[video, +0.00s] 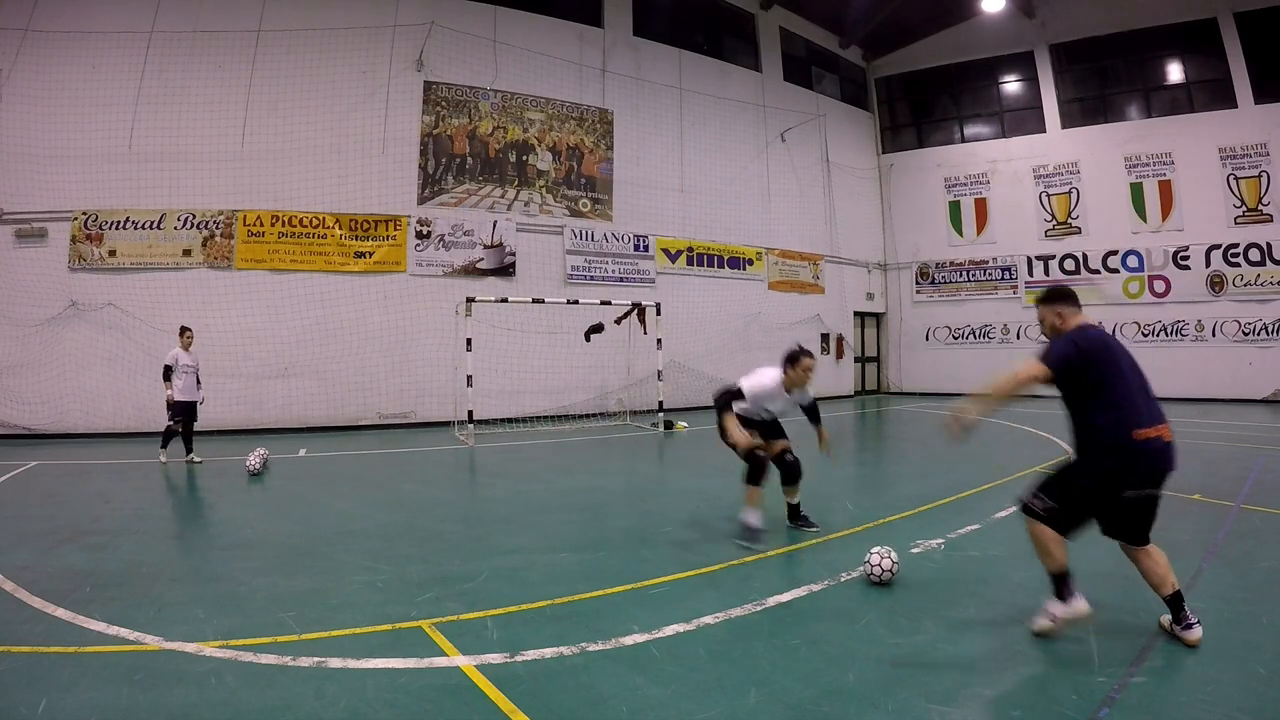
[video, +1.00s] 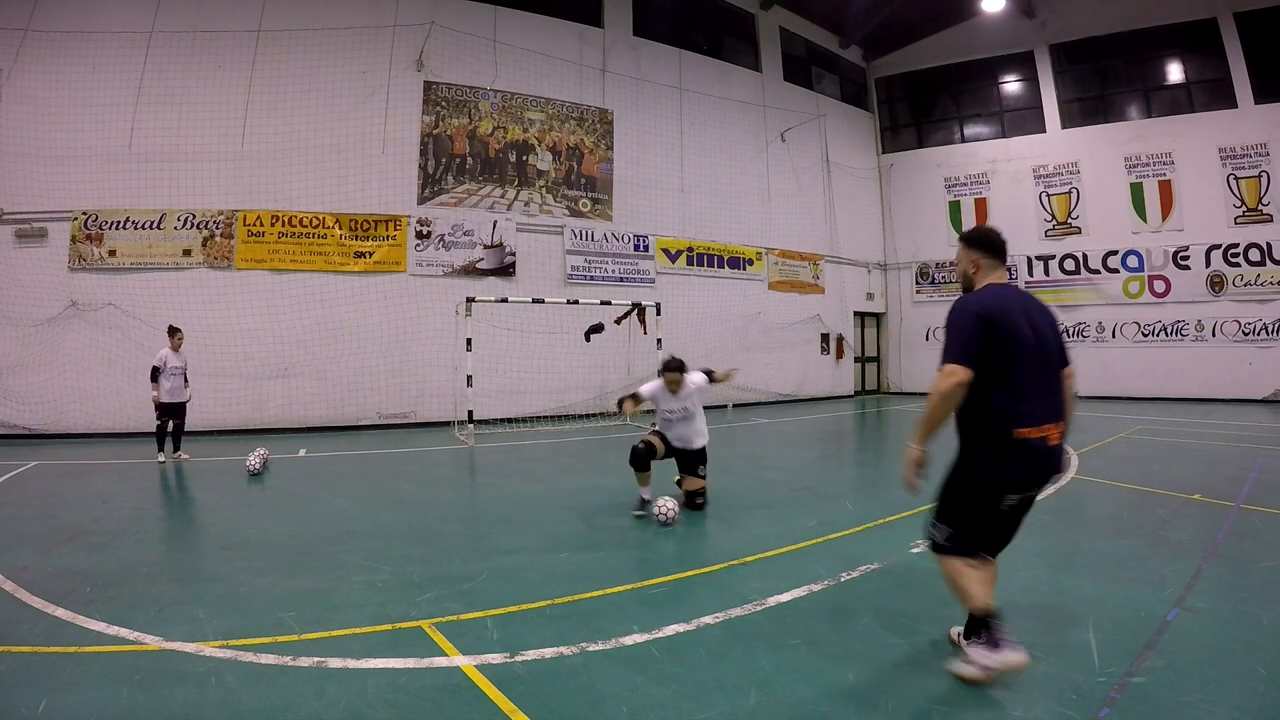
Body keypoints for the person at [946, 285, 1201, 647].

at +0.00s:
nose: (1042, 330)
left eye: (1043, 322)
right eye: (1040, 324)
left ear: (1057, 316)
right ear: (1076, 312)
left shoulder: (1070, 344)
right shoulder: (1105, 341)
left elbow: (1022, 378)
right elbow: (1122, 401)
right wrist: (1091, 450)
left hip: (1111, 456)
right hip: (1155, 452)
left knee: (1040, 514)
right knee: (1133, 537)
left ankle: (1066, 599)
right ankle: (1184, 620)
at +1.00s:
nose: (957, 268)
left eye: (959, 261)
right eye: (958, 260)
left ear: (972, 261)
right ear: (1003, 261)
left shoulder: (970, 309)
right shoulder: (1036, 307)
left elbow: (954, 380)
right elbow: (1065, 380)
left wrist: (919, 441)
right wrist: (1056, 437)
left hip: (993, 452)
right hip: (1041, 451)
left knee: (947, 542)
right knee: (983, 544)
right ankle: (976, 631)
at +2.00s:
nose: (1114, 221)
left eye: (1123, 211)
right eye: (1115, 211)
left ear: (1157, 216)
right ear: (1158, 219)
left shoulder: (1170, 279)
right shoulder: (1181, 274)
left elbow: (1190, 375)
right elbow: (1192, 378)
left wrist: (1149, 469)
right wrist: (1152, 462)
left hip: (1168, 473)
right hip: (1197, 467)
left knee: (1128, 595)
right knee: (1194, 576)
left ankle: (1089, 706)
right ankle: (1219, 686)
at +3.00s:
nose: (1189, 222)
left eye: (1197, 211)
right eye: (1191, 211)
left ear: (1226, 216)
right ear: (1237, 218)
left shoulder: (1234, 273)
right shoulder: (1264, 270)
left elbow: (1227, 366)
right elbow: (1256, 369)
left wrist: (1179, 442)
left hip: (1221, 455)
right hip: (1261, 454)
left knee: (1166, 570)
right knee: (1248, 578)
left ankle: (1138, 690)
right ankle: (1228, 692)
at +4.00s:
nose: (1123, 239)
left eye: (1129, 230)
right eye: (1125, 230)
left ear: (1152, 234)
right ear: (1169, 235)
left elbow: (1142, 373)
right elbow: (1214, 362)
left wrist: (1096, 438)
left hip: (1165, 449)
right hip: (1207, 444)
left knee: (1145, 565)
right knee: (1188, 545)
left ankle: (1127, 676)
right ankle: (1185, 636)